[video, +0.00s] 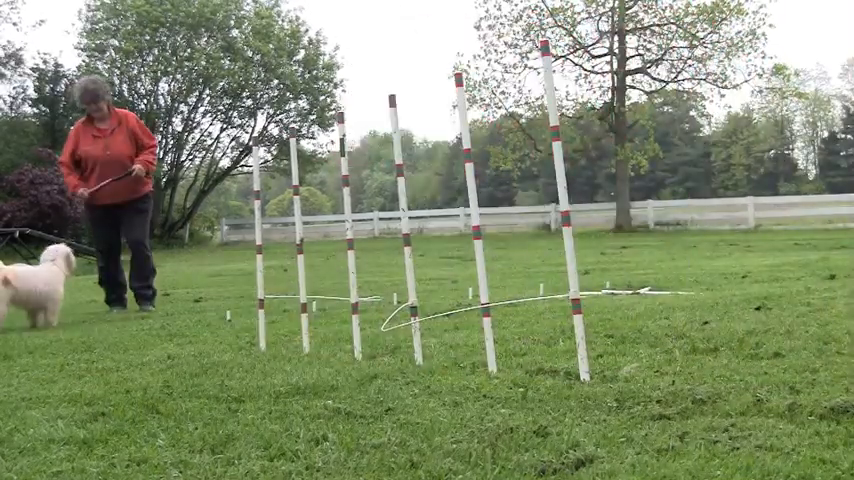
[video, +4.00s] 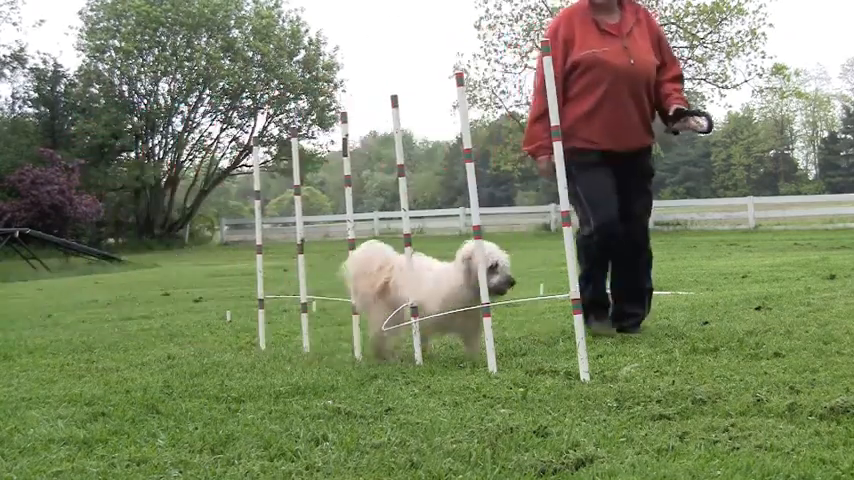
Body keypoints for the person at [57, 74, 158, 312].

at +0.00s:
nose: (94, 110)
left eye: (97, 104)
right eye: (89, 106)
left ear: (107, 98)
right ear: (83, 105)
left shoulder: (128, 120)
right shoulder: (78, 131)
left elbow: (150, 146)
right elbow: (66, 164)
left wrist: (143, 163)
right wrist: (77, 186)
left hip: (135, 197)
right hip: (99, 202)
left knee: (139, 245)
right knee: (106, 253)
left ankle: (145, 298)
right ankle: (116, 302)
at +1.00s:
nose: (134, 112)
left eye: (139, 107)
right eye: (130, 106)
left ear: (149, 104)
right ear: (124, 102)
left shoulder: (163, 122)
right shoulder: (110, 120)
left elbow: (180, 153)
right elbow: (86, 143)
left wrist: (175, 176)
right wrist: (56, 153)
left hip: (153, 199)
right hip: (118, 198)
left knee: (145, 251)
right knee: (126, 246)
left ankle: (137, 304)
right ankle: (115, 295)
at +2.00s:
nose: (259, 76)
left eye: (264, 71)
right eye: (253, 71)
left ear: (271, 72)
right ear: (243, 72)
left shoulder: (277, 105)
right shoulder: (228, 100)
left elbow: (283, 145)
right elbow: (211, 143)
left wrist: (293, 164)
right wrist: (208, 185)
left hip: (263, 193)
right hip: (231, 193)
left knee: (258, 255)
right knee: (243, 248)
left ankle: (246, 313)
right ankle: (216, 294)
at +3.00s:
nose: (437, 36)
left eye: (443, 30)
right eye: (431, 31)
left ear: (451, 32)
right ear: (420, 33)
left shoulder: (464, 68)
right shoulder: (405, 73)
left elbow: (480, 112)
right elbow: (393, 126)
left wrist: (492, 138)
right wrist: (402, 171)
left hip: (455, 171)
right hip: (420, 172)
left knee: (451, 240)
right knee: (446, 230)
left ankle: (441, 313)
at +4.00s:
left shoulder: (643, 20)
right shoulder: (565, 25)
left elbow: (666, 72)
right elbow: (544, 90)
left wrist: (674, 105)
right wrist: (542, 146)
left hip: (634, 149)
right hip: (584, 149)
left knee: (634, 234)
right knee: (602, 225)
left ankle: (630, 316)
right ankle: (594, 305)